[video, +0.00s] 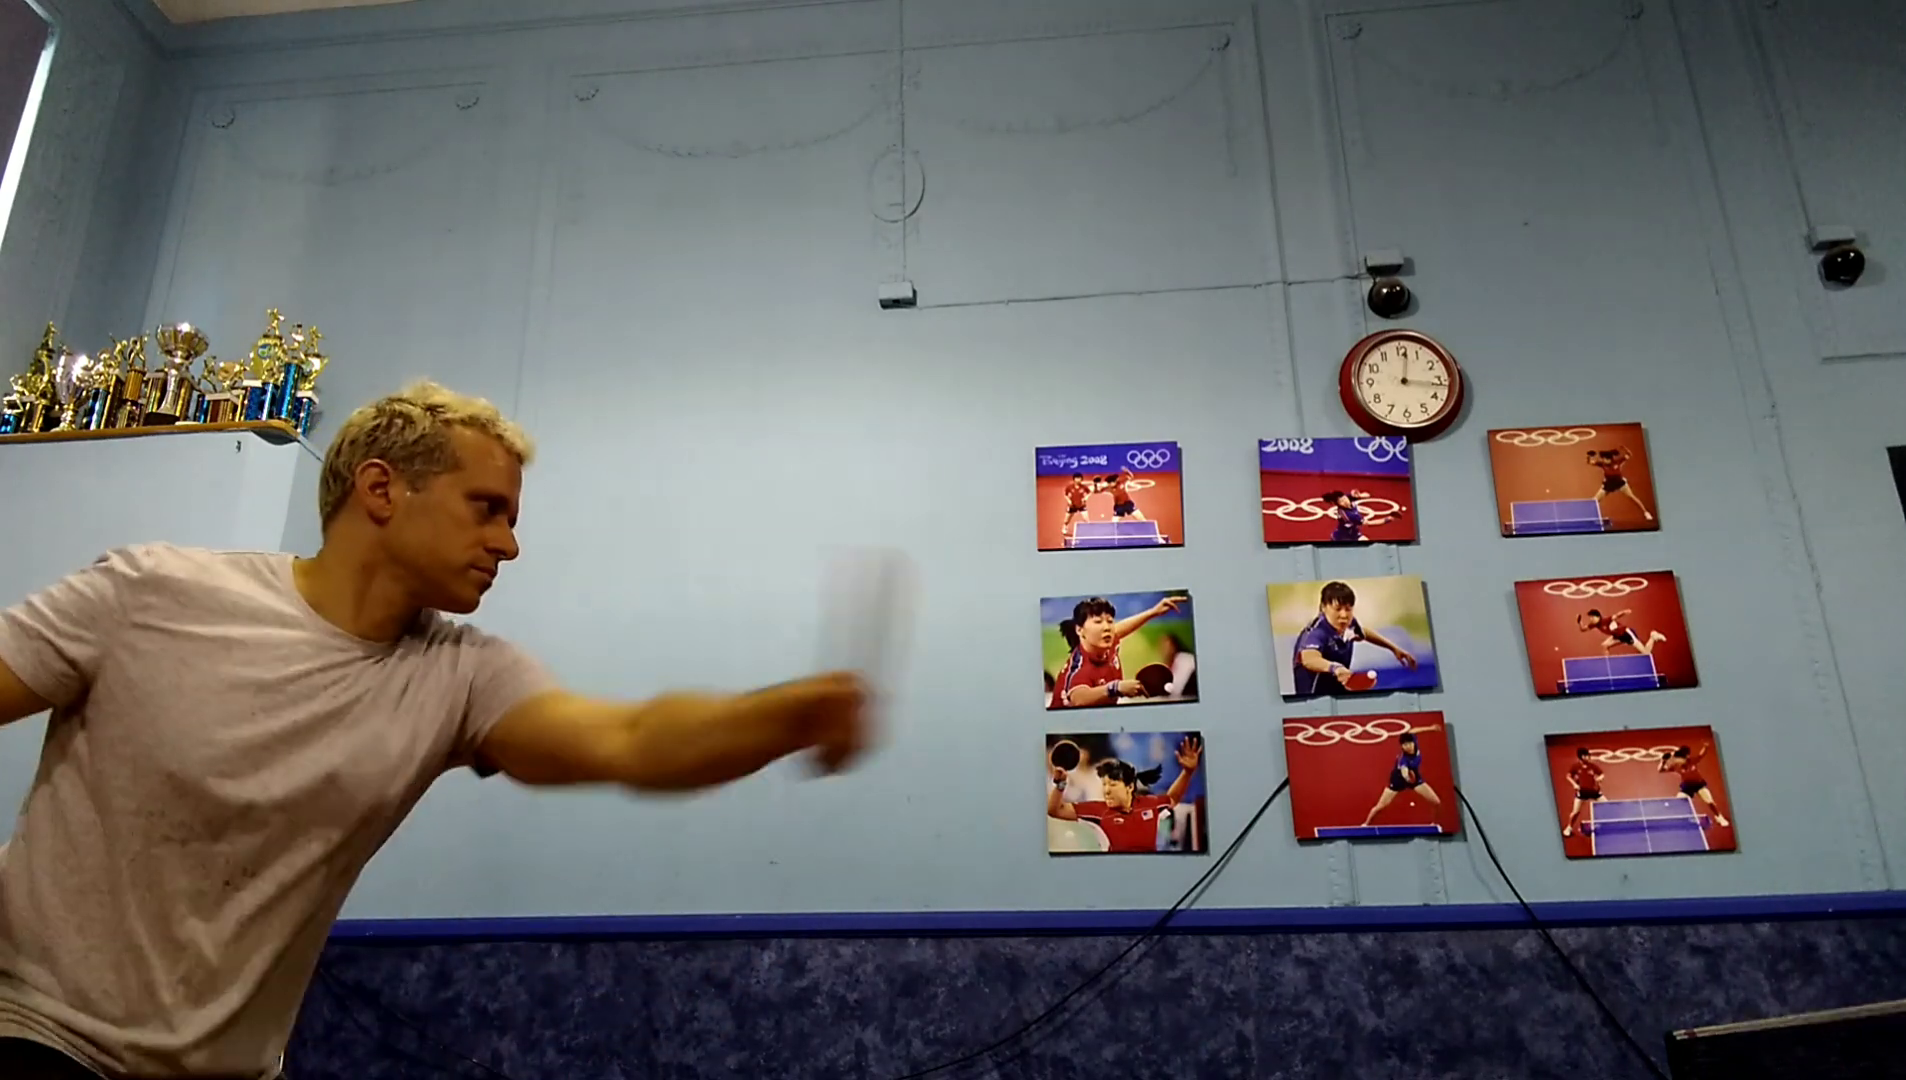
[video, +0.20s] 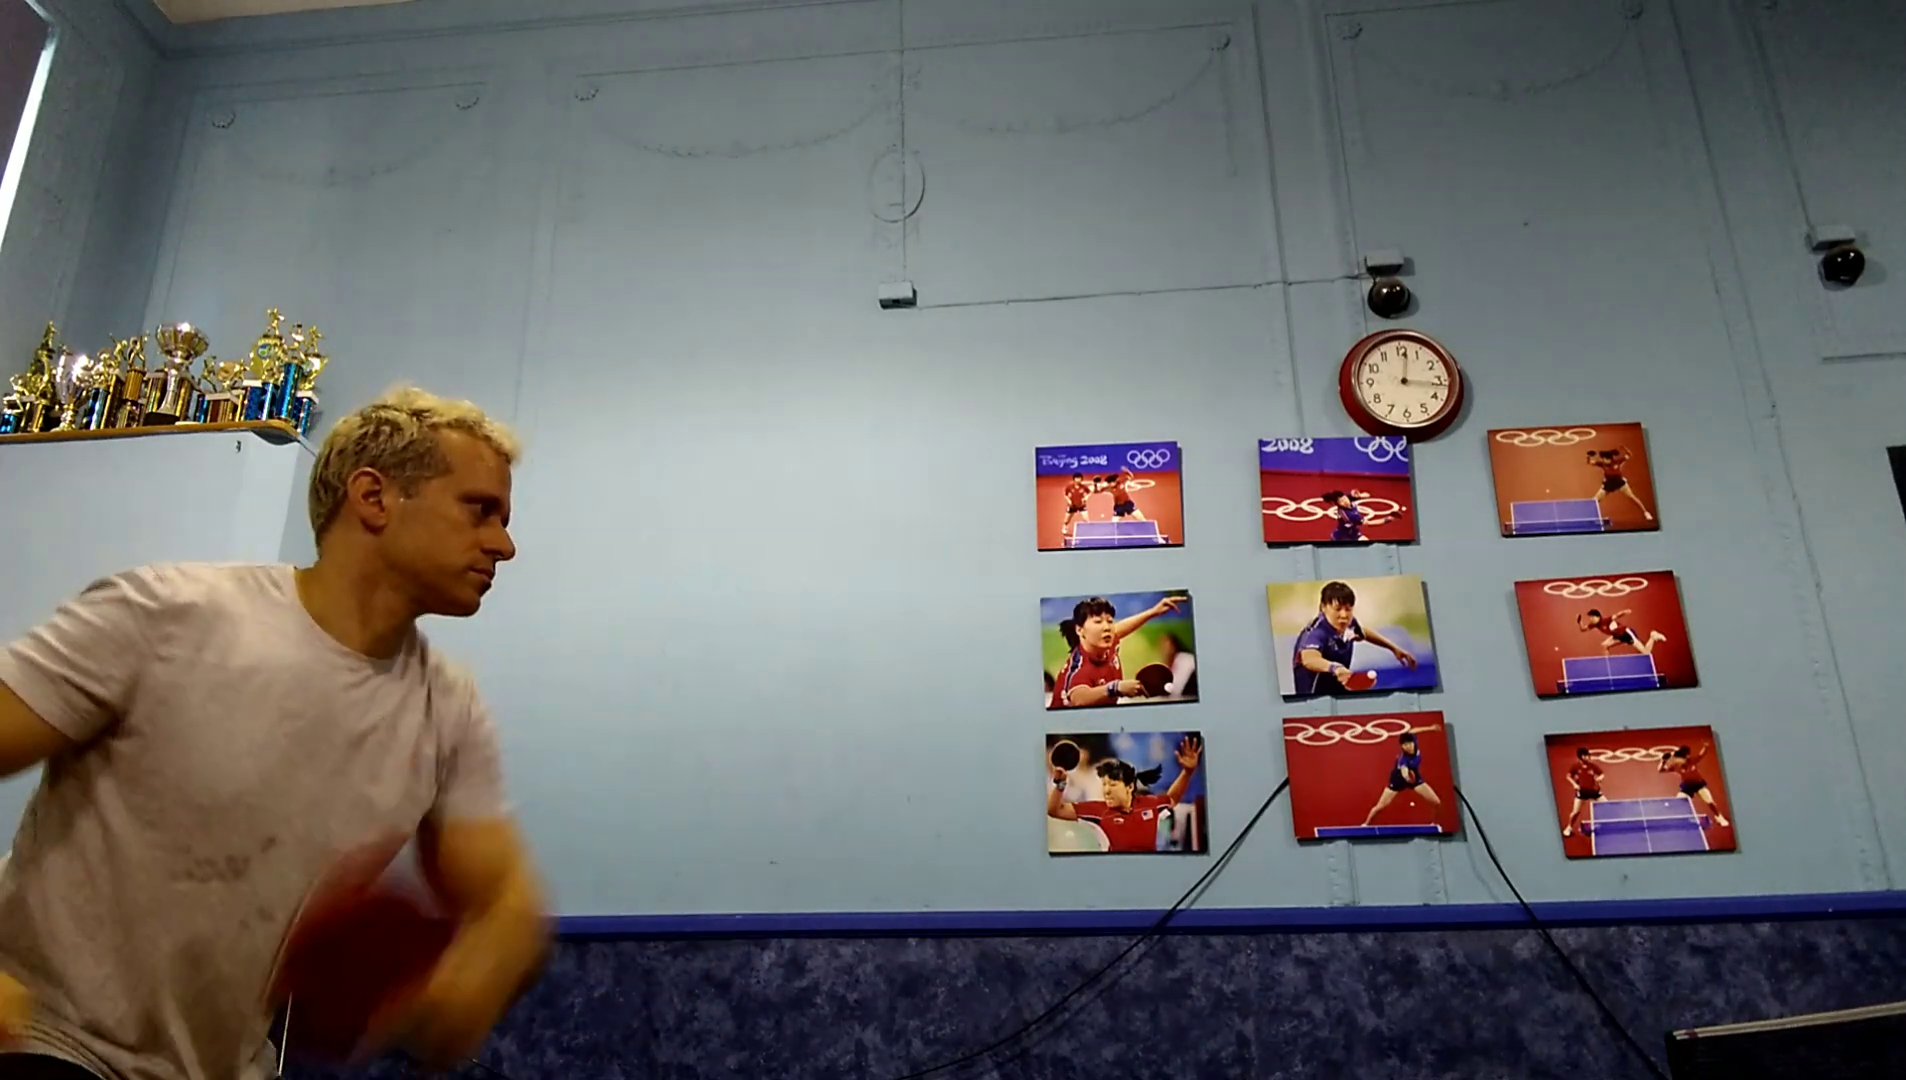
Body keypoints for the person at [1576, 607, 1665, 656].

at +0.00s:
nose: (1590, 620)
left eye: (1591, 618)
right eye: (1590, 618)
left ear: (1597, 617)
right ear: (1593, 618)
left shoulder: (1607, 620)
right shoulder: (1594, 624)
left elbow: (1617, 616)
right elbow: (1583, 630)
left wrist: (1625, 612)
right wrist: (1579, 623)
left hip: (1627, 634)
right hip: (1618, 637)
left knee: (1646, 652)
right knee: (1604, 645)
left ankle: (1653, 636)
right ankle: (1608, 667)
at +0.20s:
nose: (1590, 620)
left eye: (1591, 618)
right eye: (1590, 618)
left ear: (1597, 617)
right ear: (1593, 618)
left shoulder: (1607, 621)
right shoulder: (1594, 625)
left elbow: (1617, 616)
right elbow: (1583, 630)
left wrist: (1625, 612)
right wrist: (1579, 623)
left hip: (1627, 634)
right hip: (1618, 637)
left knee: (1646, 652)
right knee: (1604, 645)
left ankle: (1653, 636)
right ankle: (1608, 667)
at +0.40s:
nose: (1590, 620)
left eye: (1591, 618)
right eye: (1590, 618)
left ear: (1597, 617)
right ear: (1593, 618)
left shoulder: (1607, 620)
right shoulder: (1594, 624)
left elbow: (1617, 616)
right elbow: (1583, 630)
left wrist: (1625, 612)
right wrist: (1579, 623)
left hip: (1627, 634)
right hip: (1618, 637)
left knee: (1646, 652)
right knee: (1604, 645)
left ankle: (1653, 636)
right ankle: (1608, 667)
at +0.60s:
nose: (1591, 620)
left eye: (1591, 618)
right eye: (1590, 618)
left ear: (1597, 617)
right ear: (1593, 618)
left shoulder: (1607, 620)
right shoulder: (1594, 624)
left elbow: (1617, 616)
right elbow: (1583, 630)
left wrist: (1625, 612)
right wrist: (1579, 623)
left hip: (1627, 634)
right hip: (1618, 637)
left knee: (1646, 652)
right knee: (1604, 645)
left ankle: (1653, 636)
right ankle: (1608, 667)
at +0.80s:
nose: (1590, 620)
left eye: (1591, 618)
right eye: (1590, 618)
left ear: (1597, 617)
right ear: (1593, 618)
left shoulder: (1607, 620)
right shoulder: (1594, 624)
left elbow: (1617, 616)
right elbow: (1583, 630)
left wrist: (1625, 612)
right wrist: (1579, 623)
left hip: (1627, 634)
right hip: (1618, 637)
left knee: (1646, 652)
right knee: (1604, 645)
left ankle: (1653, 636)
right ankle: (1608, 667)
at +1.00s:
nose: (1590, 620)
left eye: (1591, 618)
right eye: (1590, 618)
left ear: (1597, 617)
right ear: (1593, 618)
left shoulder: (1607, 620)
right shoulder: (1594, 624)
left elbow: (1617, 616)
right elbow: (1583, 630)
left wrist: (1625, 612)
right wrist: (1579, 623)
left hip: (1627, 634)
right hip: (1618, 637)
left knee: (1646, 652)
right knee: (1604, 645)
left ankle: (1653, 636)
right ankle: (1608, 667)